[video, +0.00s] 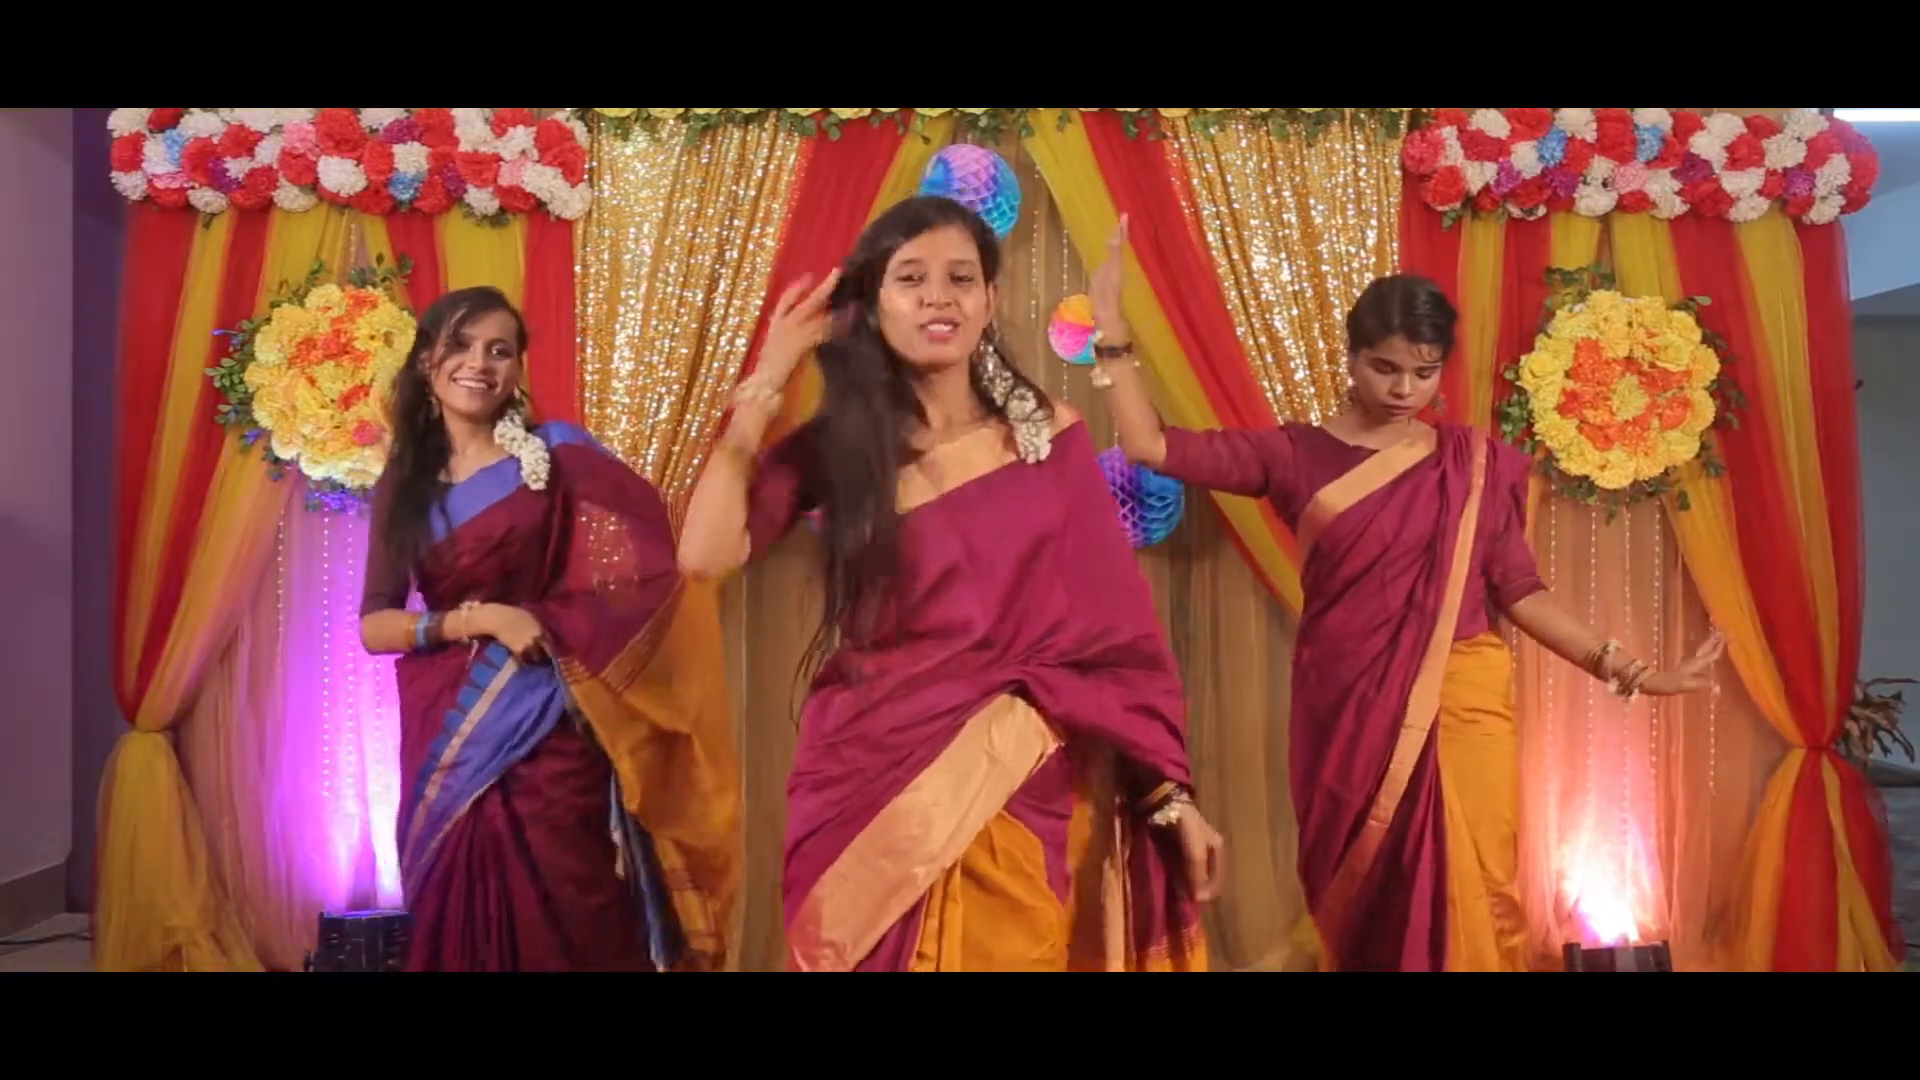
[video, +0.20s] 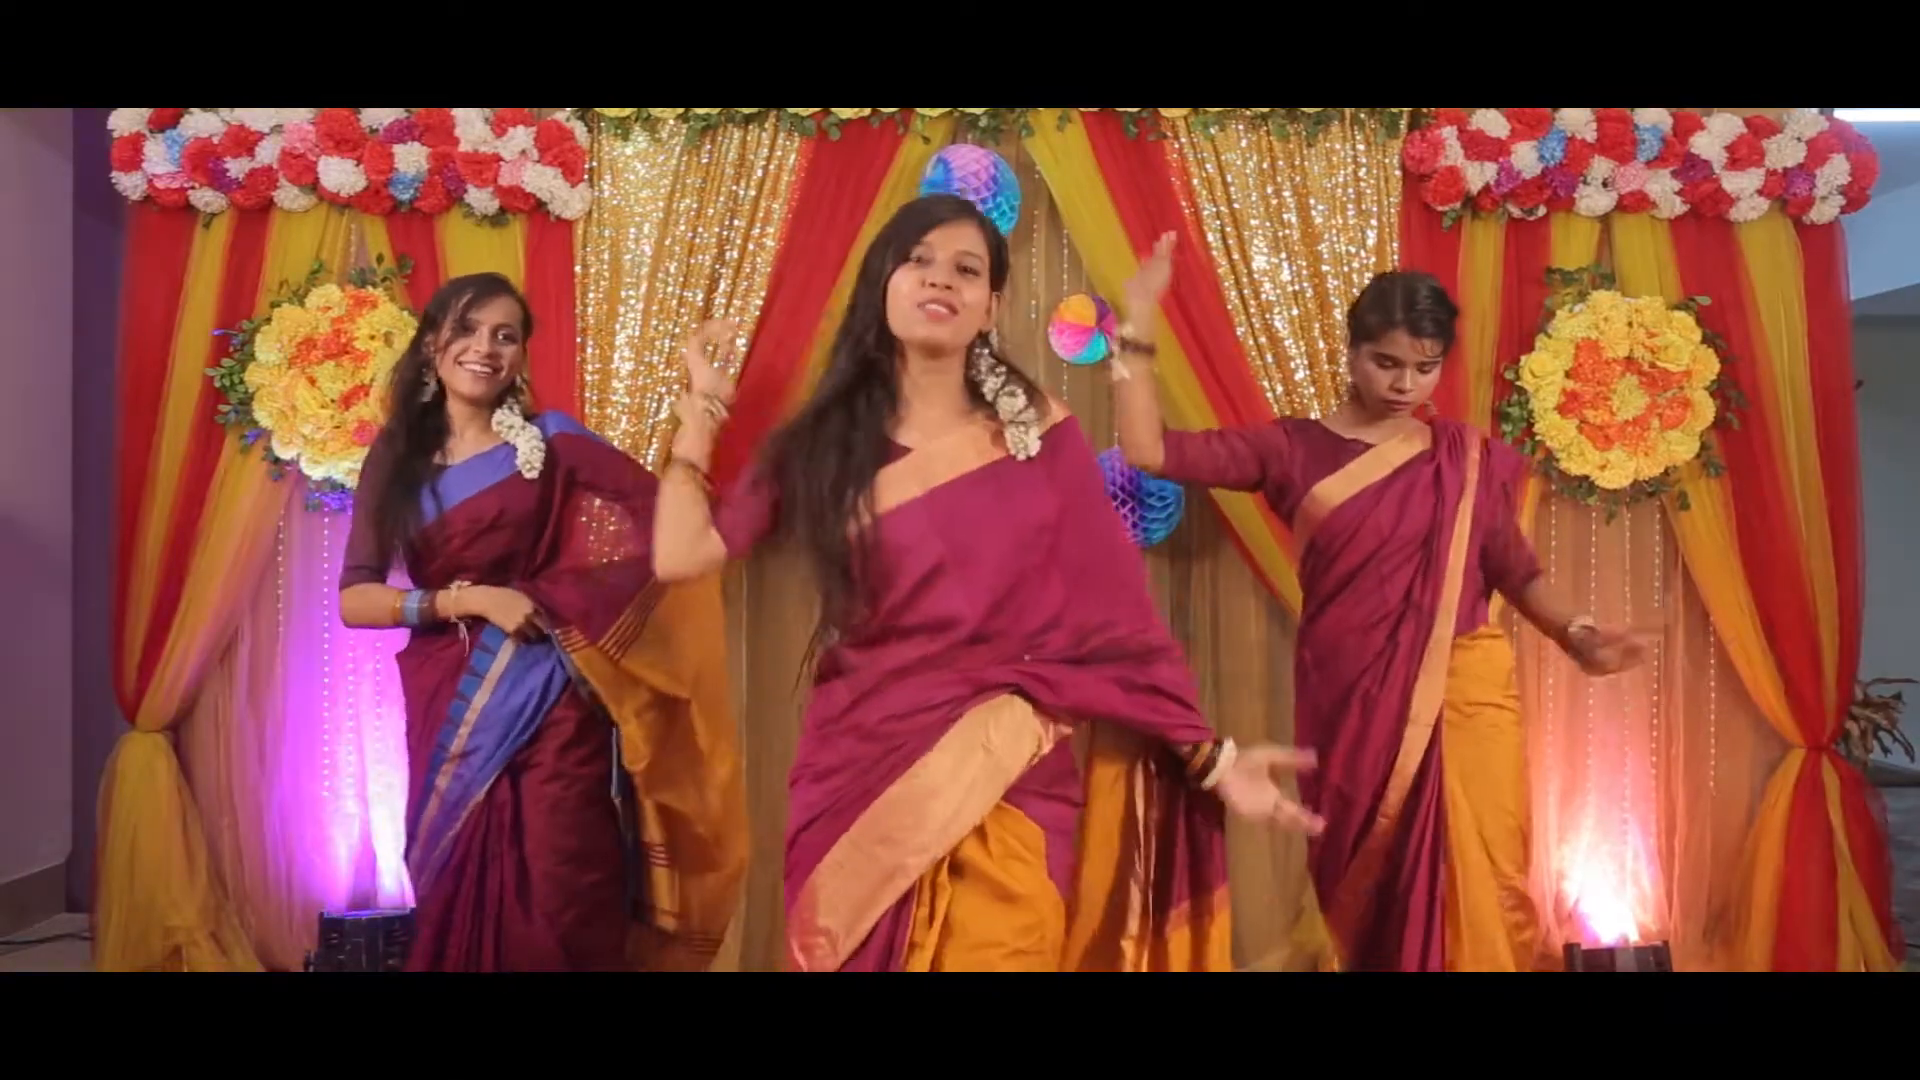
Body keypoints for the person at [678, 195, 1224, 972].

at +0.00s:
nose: (939, 299)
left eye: (961, 278)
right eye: (911, 279)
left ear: (991, 302)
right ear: (871, 308)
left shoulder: (1048, 432)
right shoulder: (846, 442)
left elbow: (1119, 628)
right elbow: (703, 553)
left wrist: (1168, 791)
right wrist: (764, 380)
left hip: (1029, 788)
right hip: (870, 788)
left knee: (1023, 956)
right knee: (868, 959)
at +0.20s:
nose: (938, 279)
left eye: (964, 269)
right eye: (919, 260)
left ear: (992, 304)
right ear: (882, 283)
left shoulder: (1040, 431)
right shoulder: (835, 435)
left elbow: (1118, 618)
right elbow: (679, 556)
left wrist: (1214, 756)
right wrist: (699, 411)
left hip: (1023, 757)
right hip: (869, 754)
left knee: (1007, 951)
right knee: (852, 953)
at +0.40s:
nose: (935, 280)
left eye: (964, 268)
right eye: (915, 258)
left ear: (987, 304)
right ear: (876, 278)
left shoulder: (1020, 431)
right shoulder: (818, 419)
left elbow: (1085, 617)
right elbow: (622, 438)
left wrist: (1195, 722)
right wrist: (623, 288)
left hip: (1036, 755)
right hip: (882, 764)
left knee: (1034, 954)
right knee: (893, 958)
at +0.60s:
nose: (934, 283)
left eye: (961, 269)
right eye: (914, 260)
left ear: (986, 300)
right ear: (872, 278)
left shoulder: (1017, 436)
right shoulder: (813, 416)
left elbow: (1093, 615)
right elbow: (609, 382)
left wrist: (1244, 725)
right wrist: (622, 232)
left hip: (1027, 761)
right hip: (872, 773)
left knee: (1046, 952)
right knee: (889, 958)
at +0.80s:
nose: (936, 306)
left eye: (962, 291)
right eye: (915, 283)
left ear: (987, 322)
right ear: (873, 305)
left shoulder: (1041, 451)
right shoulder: (838, 448)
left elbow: (1127, 634)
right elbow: (628, 396)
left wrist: (1263, 730)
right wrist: (607, 234)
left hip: (1013, 787)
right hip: (860, 783)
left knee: (996, 952)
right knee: (871, 954)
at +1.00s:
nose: (944, 291)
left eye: (970, 277)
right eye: (921, 271)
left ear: (995, 305)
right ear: (880, 291)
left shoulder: (1048, 437)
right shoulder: (844, 431)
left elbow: (1128, 621)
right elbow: (638, 375)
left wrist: (1248, 707)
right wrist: (617, 220)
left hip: (1022, 759)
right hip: (875, 757)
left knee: (1005, 949)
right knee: (868, 953)